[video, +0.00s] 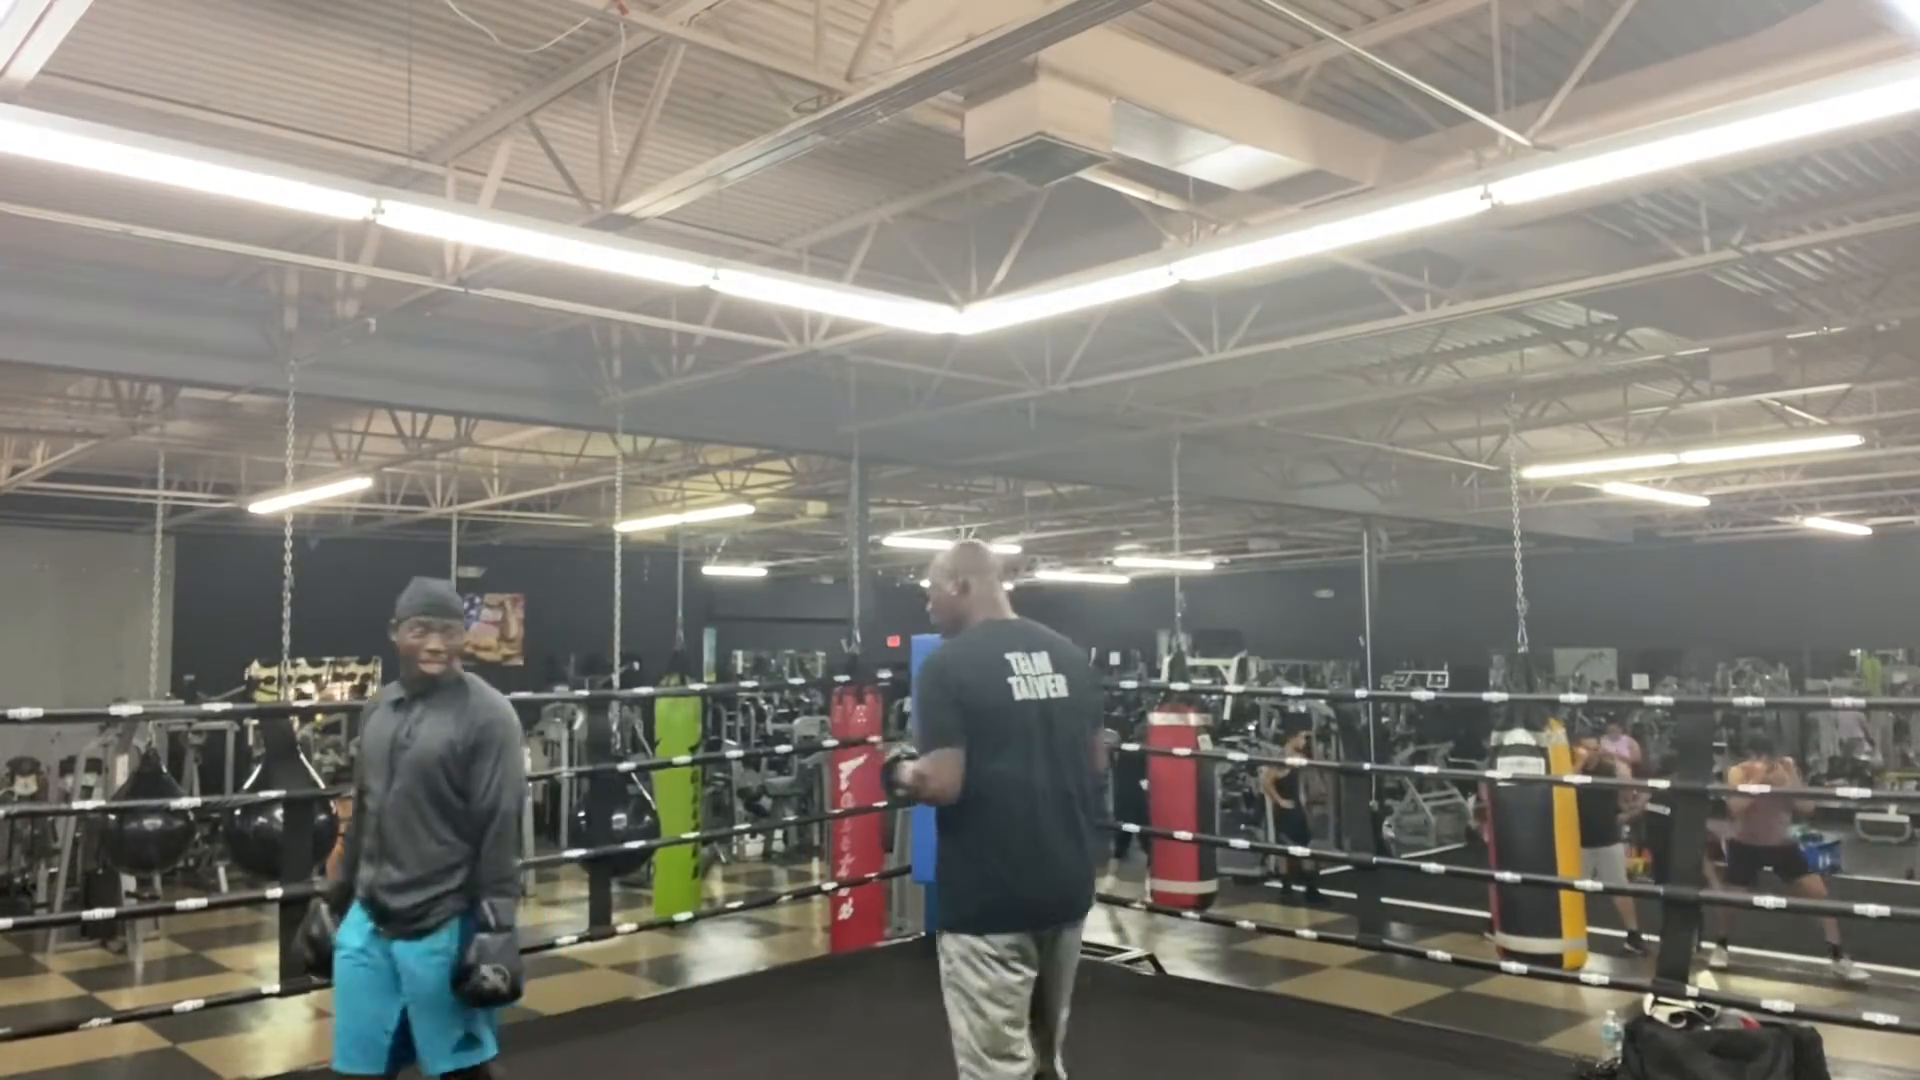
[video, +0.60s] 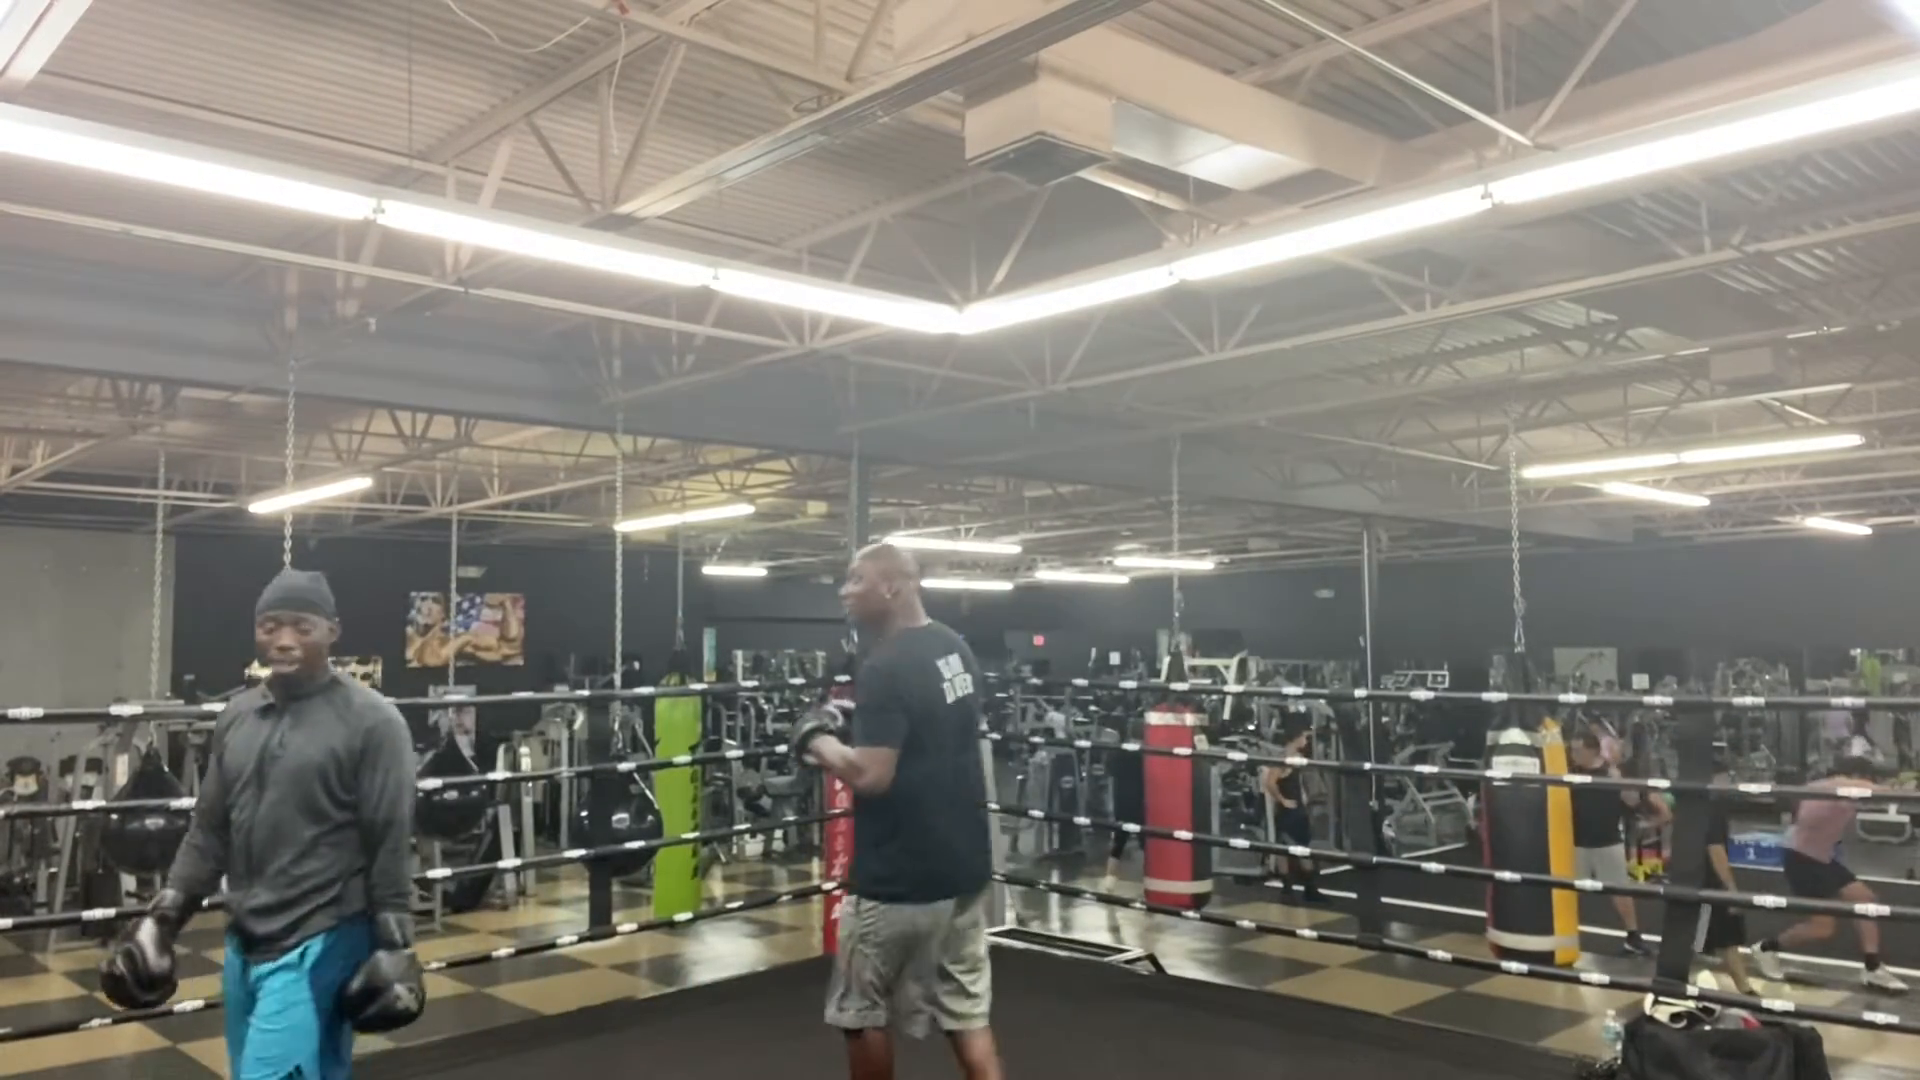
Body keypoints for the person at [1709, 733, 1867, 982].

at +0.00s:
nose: (1763, 760)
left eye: (1767, 754)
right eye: (1757, 754)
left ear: (1774, 752)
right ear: (1748, 753)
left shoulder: (1786, 768)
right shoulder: (1738, 773)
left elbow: (1806, 806)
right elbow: (1735, 807)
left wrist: (1785, 782)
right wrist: (1757, 782)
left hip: (1782, 847)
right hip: (1744, 847)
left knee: (1819, 894)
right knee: (1733, 898)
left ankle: (1838, 957)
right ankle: (1721, 946)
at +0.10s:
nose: (1780, 767)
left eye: (1785, 761)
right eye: (1774, 762)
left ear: (1790, 759)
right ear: (1764, 759)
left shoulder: (1798, 772)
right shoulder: (1751, 776)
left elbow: (1818, 811)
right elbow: (1743, 811)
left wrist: (1797, 786)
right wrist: (1772, 787)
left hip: (1796, 854)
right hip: (1758, 853)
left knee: (1833, 901)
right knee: (1739, 901)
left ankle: (1866, 963)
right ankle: (1721, 946)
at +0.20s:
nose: (1804, 767)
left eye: (1809, 761)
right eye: (1800, 760)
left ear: (1818, 762)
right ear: (1792, 760)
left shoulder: (1822, 778)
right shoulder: (1776, 778)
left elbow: (1831, 818)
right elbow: (1778, 812)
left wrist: (1821, 787)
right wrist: (1804, 787)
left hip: (1809, 861)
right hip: (1774, 859)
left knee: (1845, 898)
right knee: (1755, 914)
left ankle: (1873, 966)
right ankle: (1724, 944)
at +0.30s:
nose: (1845, 780)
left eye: (1848, 776)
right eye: (1845, 774)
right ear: (1833, 765)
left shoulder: (1823, 786)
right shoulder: (1808, 778)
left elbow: (1840, 819)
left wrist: (1849, 788)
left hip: (1814, 862)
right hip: (1785, 862)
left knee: (1856, 900)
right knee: (1782, 919)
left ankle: (1873, 967)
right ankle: (1732, 939)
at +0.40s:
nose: (1854, 778)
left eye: (1854, 774)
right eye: (1853, 773)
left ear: (1833, 765)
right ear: (1846, 769)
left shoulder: (1808, 781)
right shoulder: (1833, 780)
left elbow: (1835, 823)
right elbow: (1873, 790)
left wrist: (1847, 797)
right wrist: (1912, 789)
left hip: (1816, 863)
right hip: (1791, 863)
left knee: (1857, 901)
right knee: (1801, 925)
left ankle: (1872, 967)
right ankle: (1749, 939)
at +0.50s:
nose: (1871, 783)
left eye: (1871, 779)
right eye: (1869, 779)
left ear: (1841, 769)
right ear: (1861, 775)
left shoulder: (1811, 783)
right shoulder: (1850, 785)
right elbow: (1883, 792)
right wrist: (1913, 788)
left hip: (1817, 862)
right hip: (1799, 863)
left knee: (1860, 902)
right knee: (1822, 927)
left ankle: (1872, 966)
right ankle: (1768, 947)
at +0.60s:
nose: (1872, 784)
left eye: (1872, 780)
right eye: (1870, 779)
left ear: (1847, 772)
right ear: (1858, 775)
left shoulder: (1817, 784)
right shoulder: (1847, 785)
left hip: (1824, 862)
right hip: (1802, 861)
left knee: (1865, 902)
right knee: (1823, 927)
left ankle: (1873, 967)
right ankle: (1766, 948)